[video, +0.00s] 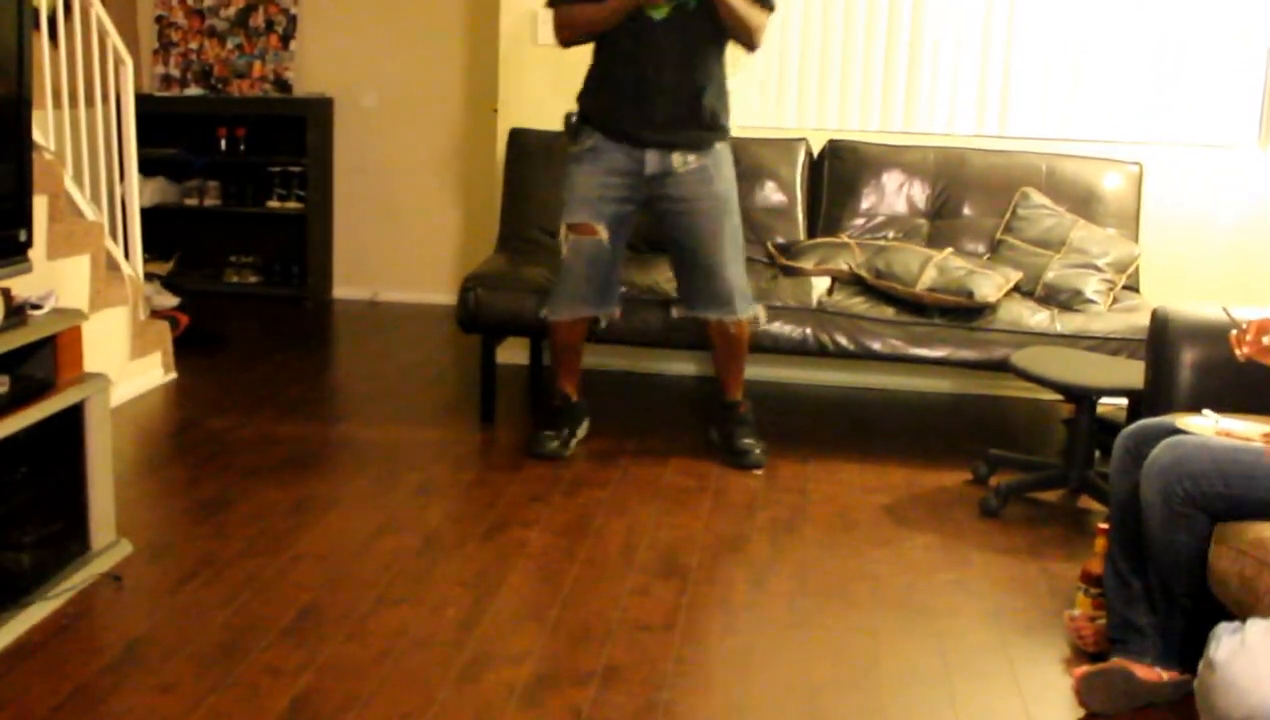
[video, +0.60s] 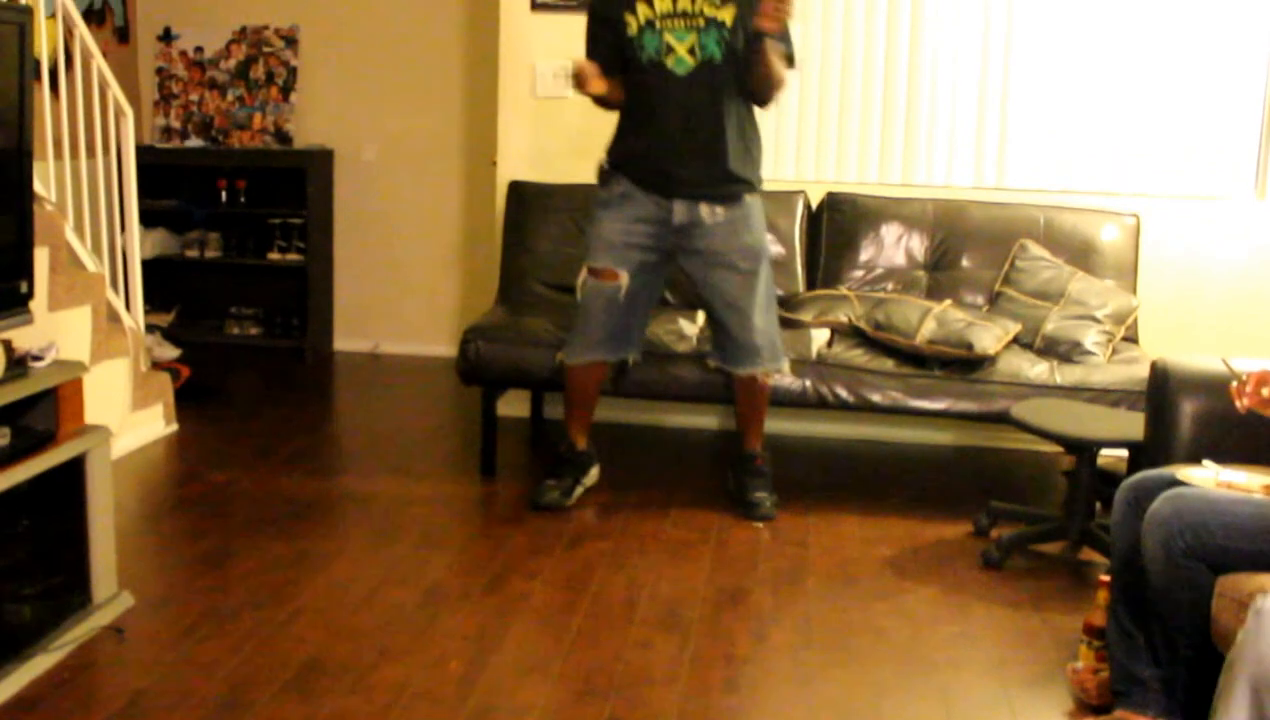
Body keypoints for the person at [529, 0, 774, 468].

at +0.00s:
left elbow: (753, 32)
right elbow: (566, 27)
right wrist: (634, 2)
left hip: (698, 141)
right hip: (607, 138)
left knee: (726, 289)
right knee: (576, 278)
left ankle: (733, 411)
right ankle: (565, 406)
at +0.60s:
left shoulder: (749, 5)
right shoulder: (612, 4)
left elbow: (764, 93)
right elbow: (621, 94)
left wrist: (768, 37)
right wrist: (596, 85)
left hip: (725, 189)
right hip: (634, 184)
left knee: (752, 336)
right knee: (595, 317)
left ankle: (753, 460)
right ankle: (576, 452)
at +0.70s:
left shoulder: (746, 21)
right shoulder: (609, 23)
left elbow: (765, 120)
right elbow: (587, 117)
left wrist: (719, 69)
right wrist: (637, 118)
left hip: (713, 226)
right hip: (623, 223)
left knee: (741, 374)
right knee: (594, 354)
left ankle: (750, 497)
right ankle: (578, 493)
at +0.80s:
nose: (666, 20)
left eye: (677, 9)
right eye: (656, 8)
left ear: (696, 16)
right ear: (641, 15)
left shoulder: (732, 95)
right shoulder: (600, 86)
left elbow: (763, 172)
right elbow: (573, 164)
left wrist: (703, 152)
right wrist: (648, 163)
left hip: (702, 281)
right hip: (615, 278)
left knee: (736, 427)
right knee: (583, 419)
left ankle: (750, 555)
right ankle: (578, 553)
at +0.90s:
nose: (664, 72)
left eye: (676, 60)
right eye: (655, 59)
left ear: (694, 66)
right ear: (639, 66)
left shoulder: (728, 145)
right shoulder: (597, 139)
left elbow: (746, 230)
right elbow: (574, 219)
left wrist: (691, 207)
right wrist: (647, 231)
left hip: (702, 333)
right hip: (612, 332)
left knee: (742, 476)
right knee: (578, 470)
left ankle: (752, 602)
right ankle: (581, 605)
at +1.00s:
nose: (666, 96)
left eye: (679, 86)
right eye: (657, 85)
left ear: (702, 94)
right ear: (642, 92)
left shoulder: (739, 170)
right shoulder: (601, 166)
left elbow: (765, 264)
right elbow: (569, 251)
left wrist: (741, 241)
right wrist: (608, 265)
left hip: (716, 367)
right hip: (623, 367)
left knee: (748, 506)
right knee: (591, 494)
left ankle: (756, 636)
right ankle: (582, 634)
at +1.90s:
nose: (686, 145)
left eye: (695, 132)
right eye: (678, 131)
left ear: (716, 138)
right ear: (665, 134)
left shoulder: (745, 195)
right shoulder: (630, 203)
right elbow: (592, 281)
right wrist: (580, 257)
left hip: (734, 394)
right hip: (650, 394)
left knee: (750, 530)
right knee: (617, 520)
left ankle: (762, 650)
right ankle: (600, 652)